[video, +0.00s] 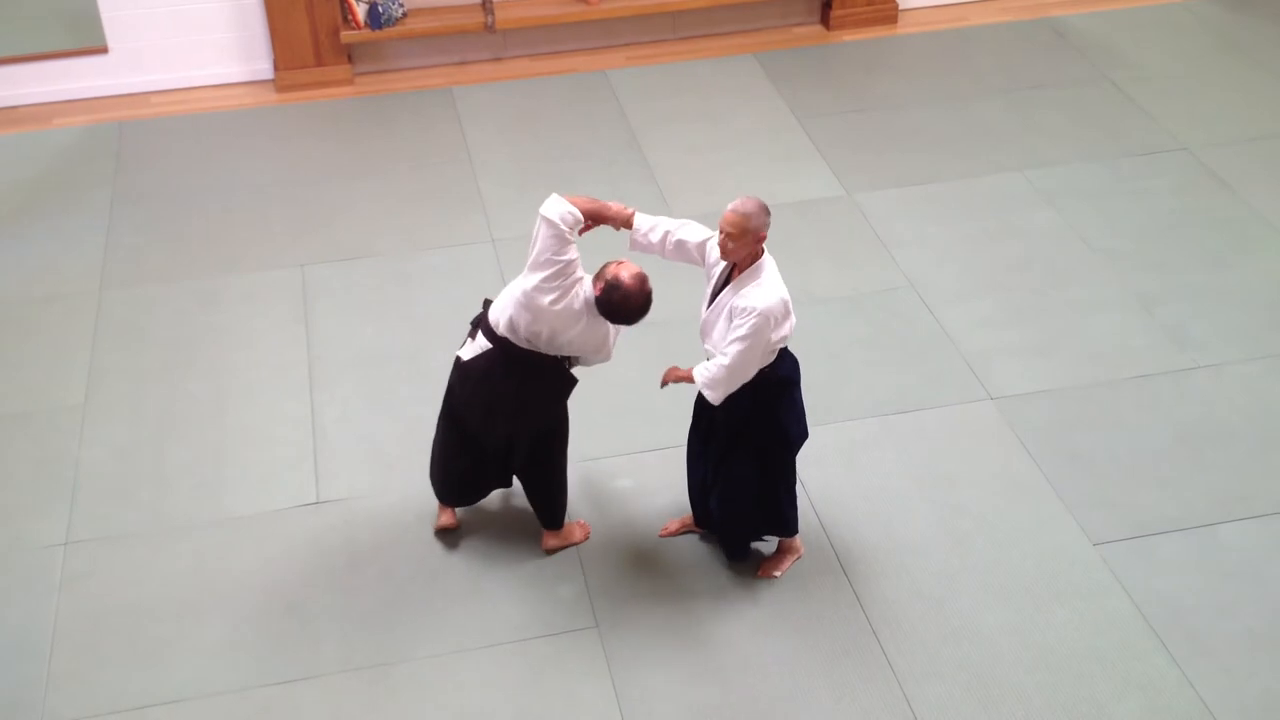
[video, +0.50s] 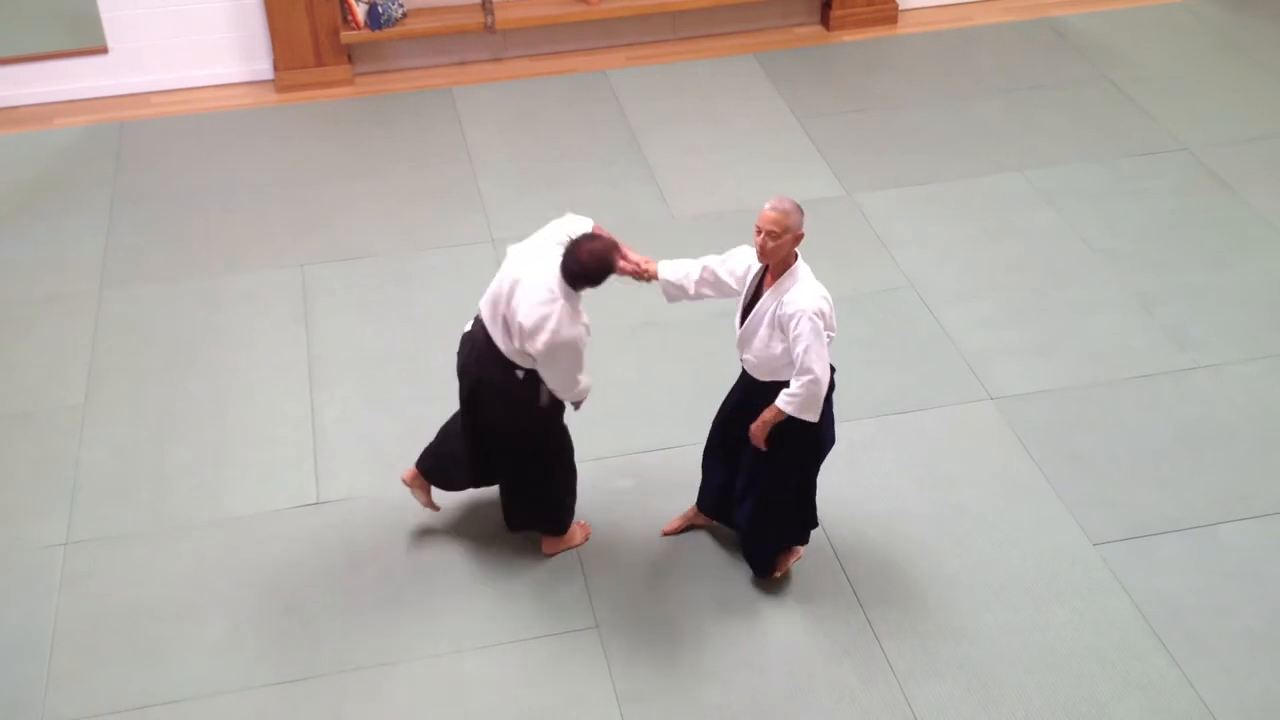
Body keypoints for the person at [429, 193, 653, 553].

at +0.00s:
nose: (624, 258)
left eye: (621, 266)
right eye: (634, 265)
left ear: (601, 282)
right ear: (624, 316)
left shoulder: (558, 266)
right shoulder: (604, 337)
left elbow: (561, 209)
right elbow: (579, 358)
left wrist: (613, 214)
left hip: (488, 358)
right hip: (544, 379)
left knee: (460, 432)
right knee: (546, 453)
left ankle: (446, 509)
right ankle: (553, 530)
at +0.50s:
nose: (602, 232)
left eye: (601, 237)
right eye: (608, 242)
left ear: (583, 240)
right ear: (599, 281)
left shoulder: (559, 233)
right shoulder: (561, 329)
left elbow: (590, 226)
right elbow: (566, 385)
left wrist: (623, 256)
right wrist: (581, 393)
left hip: (477, 340)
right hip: (510, 379)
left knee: (477, 420)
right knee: (552, 453)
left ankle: (422, 473)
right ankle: (556, 534)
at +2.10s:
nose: (585, 245)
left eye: (583, 238)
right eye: (578, 242)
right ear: (549, 252)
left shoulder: (574, 255)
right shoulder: (512, 288)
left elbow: (587, 291)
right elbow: (489, 348)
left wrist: (602, 334)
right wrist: (541, 376)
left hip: (565, 371)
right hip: (514, 383)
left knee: (595, 438)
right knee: (511, 459)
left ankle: (596, 501)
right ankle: (497, 531)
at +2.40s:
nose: (626, 255)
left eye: (625, 249)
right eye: (621, 252)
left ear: (594, 259)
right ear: (595, 262)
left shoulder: (601, 275)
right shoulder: (551, 312)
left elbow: (615, 318)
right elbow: (551, 384)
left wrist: (654, 346)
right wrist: (610, 400)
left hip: (597, 396)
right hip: (552, 411)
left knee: (621, 469)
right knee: (553, 482)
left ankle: (627, 549)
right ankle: (508, 526)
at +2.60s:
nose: (665, 240)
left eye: (663, 234)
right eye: (660, 236)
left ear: (632, 245)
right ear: (638, 248)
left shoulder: (625, 268)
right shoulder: (601, 304)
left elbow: (657, 309)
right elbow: (632, 377)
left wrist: (704, 321)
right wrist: (691, 377)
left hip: (619, 394)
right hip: (587, 405)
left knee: (640, 470)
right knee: (593, 485)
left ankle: (633, 550)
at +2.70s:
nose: (679, 238)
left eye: (677, 232)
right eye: (675, 234)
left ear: (643, 242)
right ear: (655, 247)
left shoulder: (628, 268)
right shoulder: (628, 302)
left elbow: (675, 303)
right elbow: (687, 359)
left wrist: (729, 308)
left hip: (629, 395)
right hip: (603, 409)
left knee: (666, 452)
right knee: (592, 487)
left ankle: (645, 540)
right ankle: (555, 552)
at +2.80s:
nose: (699, 234)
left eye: (696, 227)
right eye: (694, 230)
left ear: (664, 240)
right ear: (676, 245)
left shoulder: (641, 271)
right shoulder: (665, 297)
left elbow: (705, 299)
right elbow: (738, 338)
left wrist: (760, 295)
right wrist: (790, 317)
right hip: (626, 409)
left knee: (680, 454)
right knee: (602, 488)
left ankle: (670, 525)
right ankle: (554, 549)